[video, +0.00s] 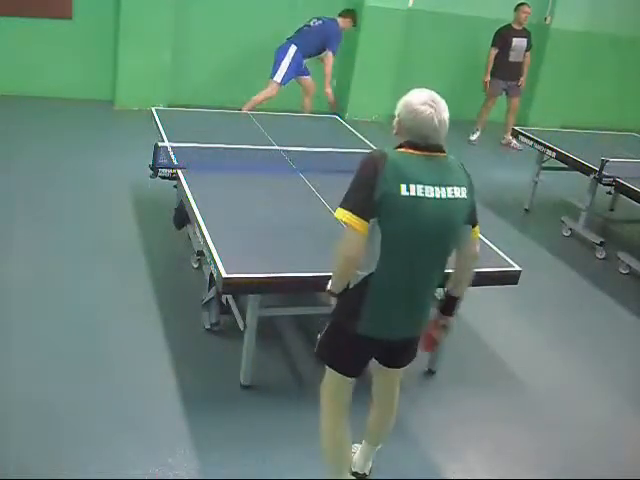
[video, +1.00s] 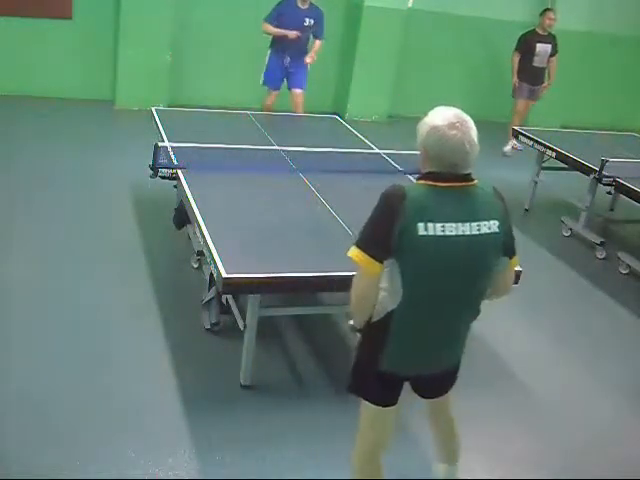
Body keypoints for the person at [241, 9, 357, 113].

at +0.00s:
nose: (349, 28)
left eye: (350, 26)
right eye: (350, 25)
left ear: (341, 16)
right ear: (348, 20)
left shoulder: (324, 20)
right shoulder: (335, 31)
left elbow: (310, 37)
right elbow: (328, 60)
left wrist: (321, 54)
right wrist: (328, 87)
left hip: (296, 54)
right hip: (291, 50)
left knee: (309, 88)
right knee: (272, 90)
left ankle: (305, 121)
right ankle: (243, 112)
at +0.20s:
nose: (345, 13)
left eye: (348, 11)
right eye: (348, 10)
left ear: (343, 5)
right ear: (344, 5)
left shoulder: (327, 13)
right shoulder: (329, 16)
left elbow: (314, 40)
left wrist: (321, 55)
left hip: (299, 50)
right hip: (290, 45)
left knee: (307, 85)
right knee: (277, 88)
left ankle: (306, 119)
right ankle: (255, 113)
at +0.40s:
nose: (327, 1)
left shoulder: (321, 12)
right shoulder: (306, 4)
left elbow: (315, 36)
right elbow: (285, 22)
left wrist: (315, 52)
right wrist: (295, 46)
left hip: (303, 48)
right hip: (286, 45)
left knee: (305, 88)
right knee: (278, 91)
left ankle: (303, 123)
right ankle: (266, 120)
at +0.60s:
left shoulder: (314, 9)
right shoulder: (284, 3)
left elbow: (313, 35)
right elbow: (268, 21)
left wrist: (306, 51)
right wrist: (278, 39)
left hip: (298, 52)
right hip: (279, 49)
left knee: (303, 90)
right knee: (271, 90)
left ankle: (303, 122)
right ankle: (264, 120)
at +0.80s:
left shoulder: (312, 7)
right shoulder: (280, 3)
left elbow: (313, 32)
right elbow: (264, 21)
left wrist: (305, 50)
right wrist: (274, 35)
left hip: (296, 52)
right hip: (276, 50)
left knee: (299, 91)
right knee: (270, 90)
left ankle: (299, 125)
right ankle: (265, 122)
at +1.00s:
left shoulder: (317, 13)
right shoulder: (284, 5)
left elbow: (318, 38)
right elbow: (265, 27)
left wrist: (312, 55)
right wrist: (286, 33)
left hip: (299, 56)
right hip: (278, 54)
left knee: (298, 93)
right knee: (273, 92)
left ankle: (299, 128)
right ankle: (265, 124)